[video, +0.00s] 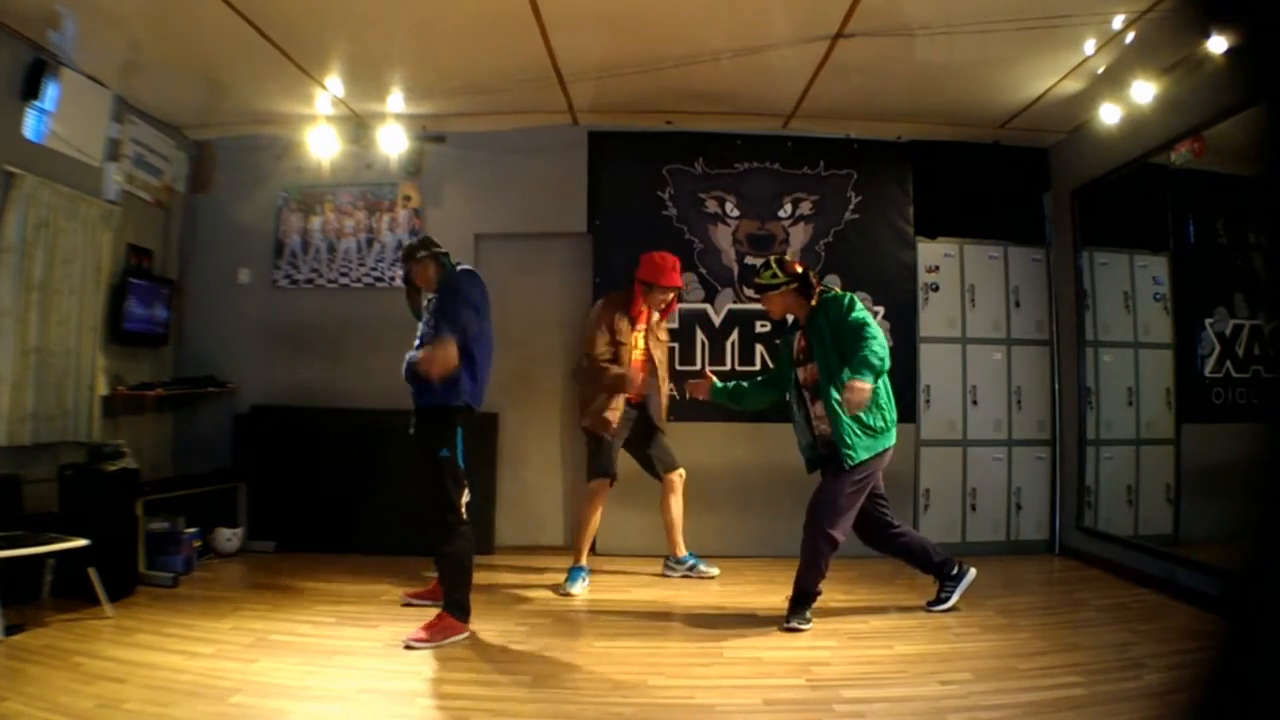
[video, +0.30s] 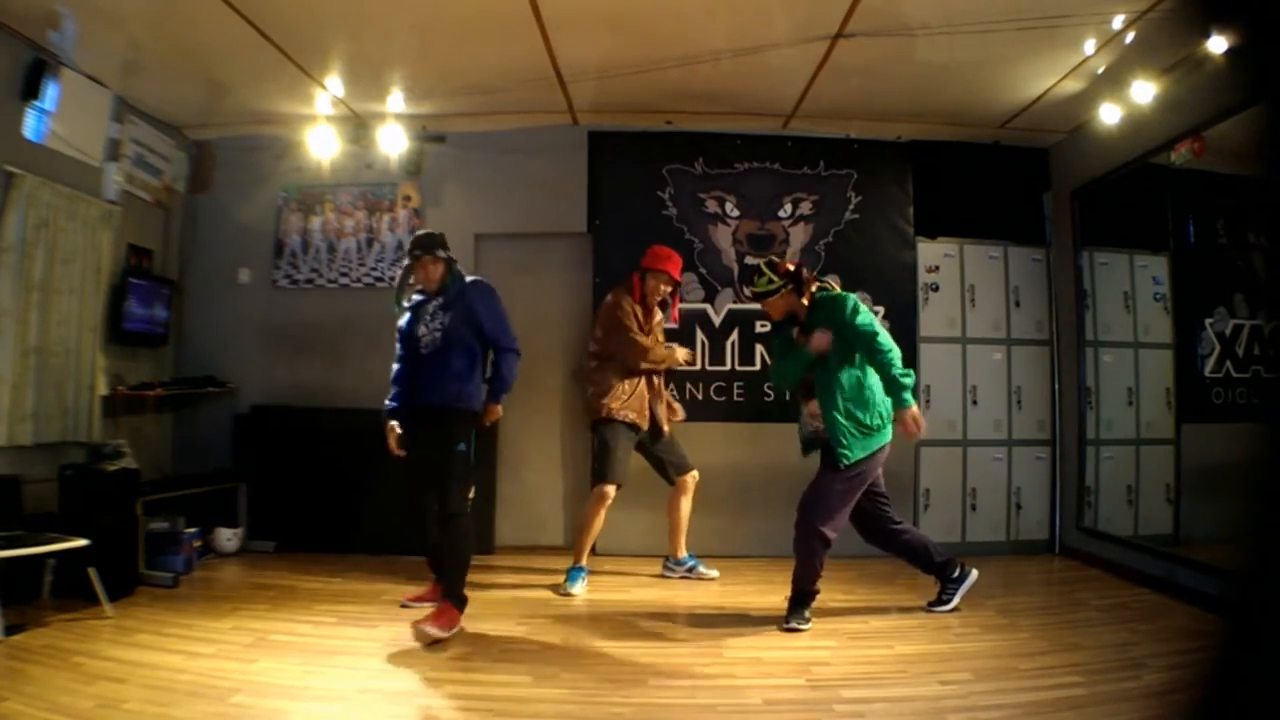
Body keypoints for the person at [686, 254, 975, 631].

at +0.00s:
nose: (763, 305)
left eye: (766, 297)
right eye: (761, 298)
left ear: (789, 290)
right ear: (784, 294)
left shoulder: (839, 306)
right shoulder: (793, 337)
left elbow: (873, 342)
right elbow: (774, 389)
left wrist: (861, 377)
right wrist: (717, 389)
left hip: (866, 439)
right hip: (837, 446)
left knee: (824, 515)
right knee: (876, 527)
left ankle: (801, 604)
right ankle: (950, 571)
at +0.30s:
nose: (764, 309)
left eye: (766, 301)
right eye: (762, 303)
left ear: (786, 293)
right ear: (782, 295)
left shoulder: (840, 306)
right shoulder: (788, 328)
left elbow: (880, 345)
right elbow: (781, 379)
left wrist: (903, 398)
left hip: (864, 433)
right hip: (840, 437)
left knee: (815, 515)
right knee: (877, 524)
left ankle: (800, 603)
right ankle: (952, 572)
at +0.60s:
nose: (773, 288)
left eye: (780, 281)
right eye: (770, 280)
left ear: (804, 276)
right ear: (769, 278)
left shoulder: (853, 301)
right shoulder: (768, 310)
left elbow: (893, 351)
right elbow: (761, 357)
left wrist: (910, 409)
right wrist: (818, 338)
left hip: (848, 428)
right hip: (801, 433)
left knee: (821, 514)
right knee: (816, 516)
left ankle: (802, 601)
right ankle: (879, 549)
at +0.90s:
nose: (819, 277)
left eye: (828, 269)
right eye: (811, 268)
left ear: (843, 270)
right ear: (799, 268)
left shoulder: (868, 309)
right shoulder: (779, 309)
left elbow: (885, 370)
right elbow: (765, 379)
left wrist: (894, 424)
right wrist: (767, 444)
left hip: (844, 440)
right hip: (789, 436)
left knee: (830, 529)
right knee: (740, 510)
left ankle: (799, 601)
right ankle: (686, 558)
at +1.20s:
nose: (839, 264)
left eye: (847, 256)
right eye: (831, 255)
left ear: (859, 261)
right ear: (818, 258)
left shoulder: (875, 308)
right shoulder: (789, 298)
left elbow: (886, 370)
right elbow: (757, 359)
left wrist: (892, 422)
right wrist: (733, 419)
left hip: (850, 429)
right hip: (797, 426)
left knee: (838, 519)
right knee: (799, 510)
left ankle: (806, 591)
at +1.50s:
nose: (850, 235)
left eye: (858, 229)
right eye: (841, 229)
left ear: (868, 237)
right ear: (826, 237)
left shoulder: (893, 286)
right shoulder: (803, 286)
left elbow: (912, 345)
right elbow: (781, 350)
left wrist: (921, 400)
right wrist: (779, 414)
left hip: (871, 414)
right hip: (822, 407)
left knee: (843, 509)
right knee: (866, 488)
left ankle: (797, 597)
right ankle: (892, 594)